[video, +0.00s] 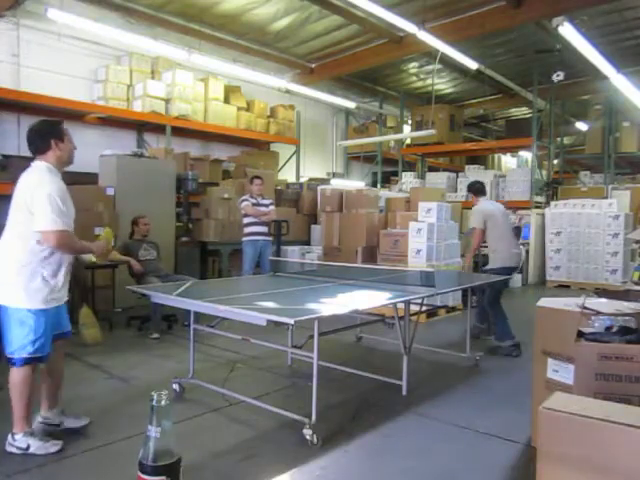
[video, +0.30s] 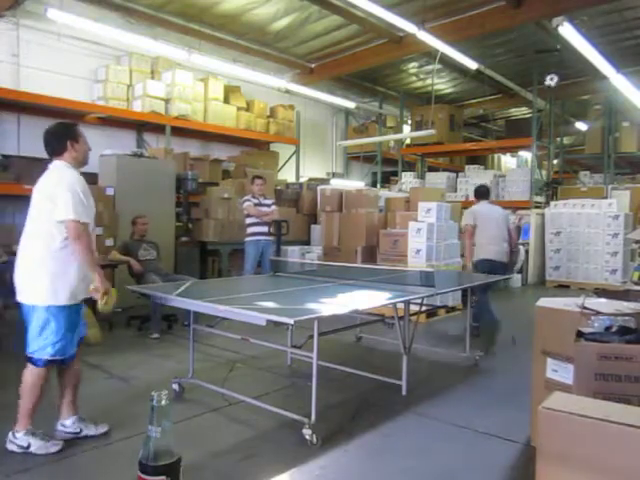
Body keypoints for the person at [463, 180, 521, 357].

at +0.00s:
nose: (470, 200)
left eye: (470, 197)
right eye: (470, 197)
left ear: (472, 196)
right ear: (485, 193)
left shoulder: (479, 210)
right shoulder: (499, 206)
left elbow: (477, 238)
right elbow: (505, 232)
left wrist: (468, 259)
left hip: (500, 261)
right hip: (514, 259)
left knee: (491, 300)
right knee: (483, 289)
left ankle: (508, 342)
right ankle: (482, 325)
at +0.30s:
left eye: (474, 198)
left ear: (475, 197)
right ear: (489, 197)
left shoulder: (472, 211)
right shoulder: (502, 212)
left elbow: (469, 236)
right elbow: (512, 239)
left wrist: (468, 261)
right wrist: (511, 258)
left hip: (482, 257)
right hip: (502, 258)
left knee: (480, 293)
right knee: (481, 293)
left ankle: (491, 322)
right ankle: (475, 324)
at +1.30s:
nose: (528, 215)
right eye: (527, 213)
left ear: (515, 212)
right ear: (526, 213)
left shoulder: (507, 221)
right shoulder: (528, 223)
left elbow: (497, 232)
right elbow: (533, 236)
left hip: (506, 253)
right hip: (521, 253)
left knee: (508, 275)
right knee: (523, 276)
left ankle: (508, 295)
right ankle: (518, 298)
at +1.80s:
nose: (544, 224)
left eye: (544, 222)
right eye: (544, 222)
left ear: (534, 218)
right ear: (542, 220)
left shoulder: (521, 223)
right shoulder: (541, 228)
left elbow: (509, 236)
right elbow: (542, 246)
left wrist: (504, 248)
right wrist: (544, 262)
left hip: (515, 249)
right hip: (529, 251)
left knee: (521, 265)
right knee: (534, 268)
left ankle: (516, 287)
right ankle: (529, 291)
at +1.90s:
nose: (546, 219)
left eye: (546, 217)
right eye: (546, 217)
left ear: (536, 213)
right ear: (544, 215)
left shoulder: (524, 218)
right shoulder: (542, 223)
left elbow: (513, 231)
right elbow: (543, 243)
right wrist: (546, 259)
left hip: (515, 247)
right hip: (528, 249)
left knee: (524, 265)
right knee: (535, 269)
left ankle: (523, 287)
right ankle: (529, 289)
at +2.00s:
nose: (548, 216)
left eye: (548, 214)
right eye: (548, 215)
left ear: (538, 211)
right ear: (547, 214)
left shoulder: (527, 218)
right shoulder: (544, 224)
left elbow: (517, 228)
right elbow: (546, 242)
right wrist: (549, 257)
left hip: (515, 247)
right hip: (528, 250)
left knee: (529, 267)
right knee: (537, 268)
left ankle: (525, 287)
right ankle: (530, 288)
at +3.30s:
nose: (532, 186)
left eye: (534, 184)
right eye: (530, 183)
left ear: (539, 186)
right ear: (526, 185)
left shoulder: (545, 204)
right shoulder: (517, 201)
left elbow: (550, 222)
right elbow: (510, 219)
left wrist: (542, 232)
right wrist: (507, 237)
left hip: (537, 244)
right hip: (519, 243)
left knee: (538, 277)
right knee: (519, 275)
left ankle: (534, 301)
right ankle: (521, 300)